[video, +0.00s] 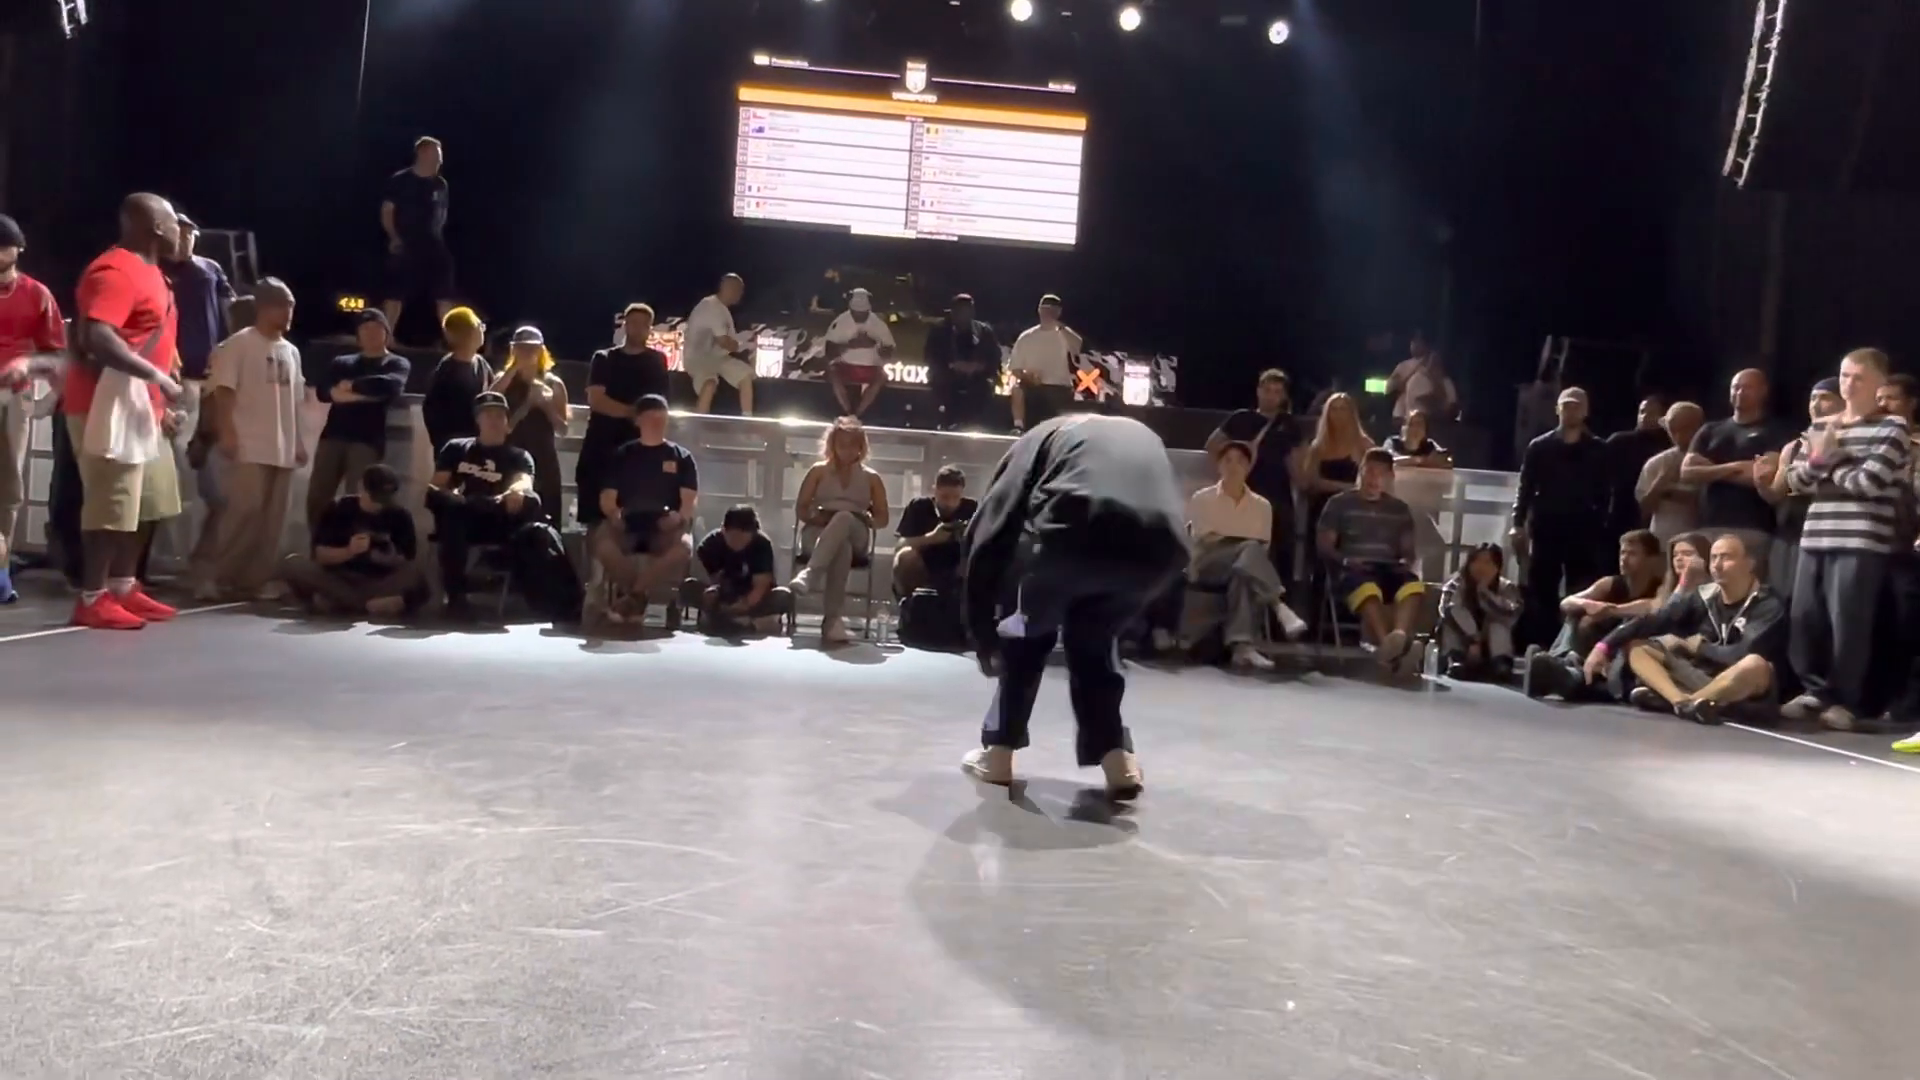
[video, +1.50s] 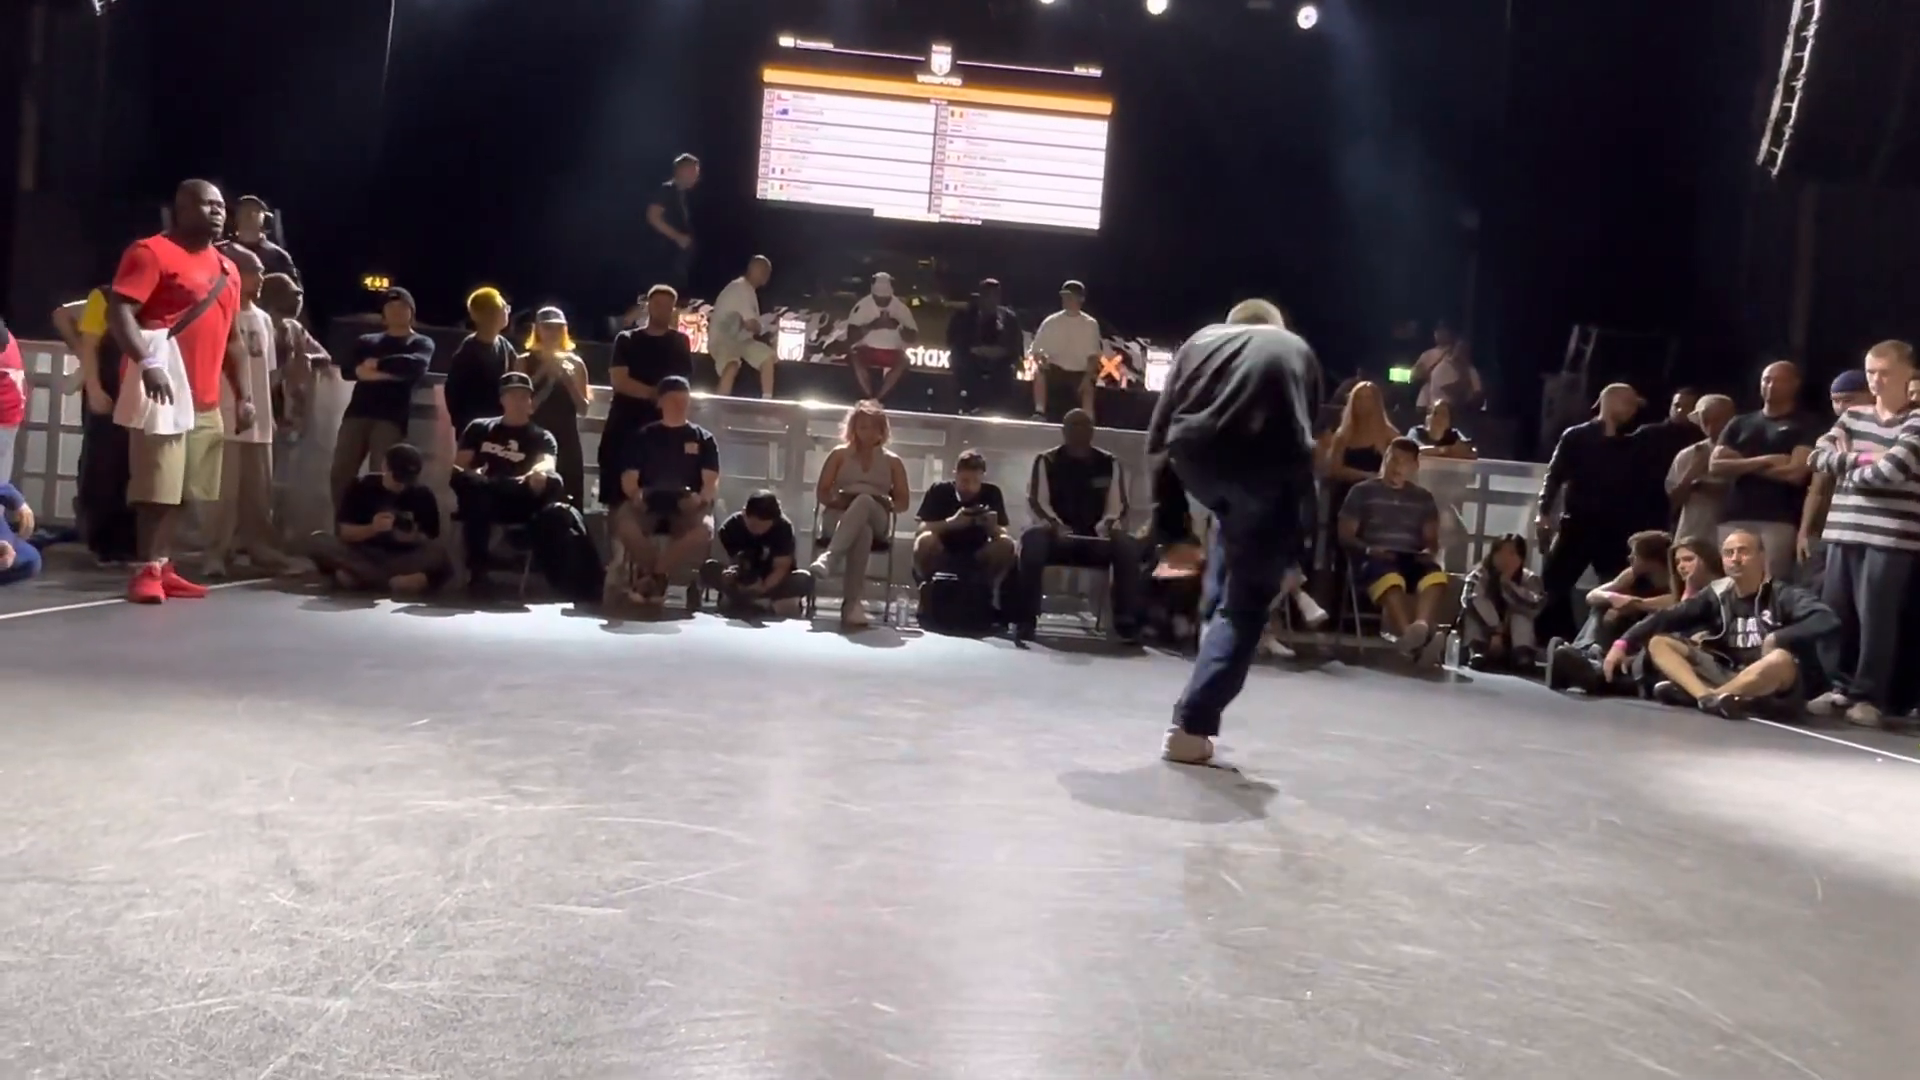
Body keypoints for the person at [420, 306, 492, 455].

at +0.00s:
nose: (483, 328)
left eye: (481, 324)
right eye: (478, 325)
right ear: (468, 334)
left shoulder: (481, 364)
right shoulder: (445, 372)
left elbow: (489, 397)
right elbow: (430, 407)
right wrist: (441, 443)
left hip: (478, 441)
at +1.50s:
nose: (509, 309)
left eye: (505, 305)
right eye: (503, 306)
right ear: (489, 314)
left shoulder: (505, 347)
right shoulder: (466, 354)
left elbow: (512, 384)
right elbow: (452, 389)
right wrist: (461, 424)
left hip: (501, 425)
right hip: (471, 427)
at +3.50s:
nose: (512, 302)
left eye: (509, 298)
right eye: (507, 299)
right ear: (493, 307)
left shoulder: (509, 340)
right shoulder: (469, 347)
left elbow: (518, 377)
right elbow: (457, 385)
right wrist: (467, 419)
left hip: (505, 417)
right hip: (475, 421)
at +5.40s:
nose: (487, 318)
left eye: (493, 313)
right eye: (484, 311)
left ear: (505, 319)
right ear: (477, 313)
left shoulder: (514, 351)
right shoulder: (457, 345)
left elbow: (516, 391)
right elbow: (447, 382)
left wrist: (509, 426)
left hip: (497, 427)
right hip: (459, 423)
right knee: (455, 485)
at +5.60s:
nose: (481, 323)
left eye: (487, 318)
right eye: (478, 317)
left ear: (499, 322)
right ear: (471, 317)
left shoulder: (510, 354)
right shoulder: (453, 348)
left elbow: (512, 395)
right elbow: (443, 387)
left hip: (493, 432)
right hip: (455, 429)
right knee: (452, 492)